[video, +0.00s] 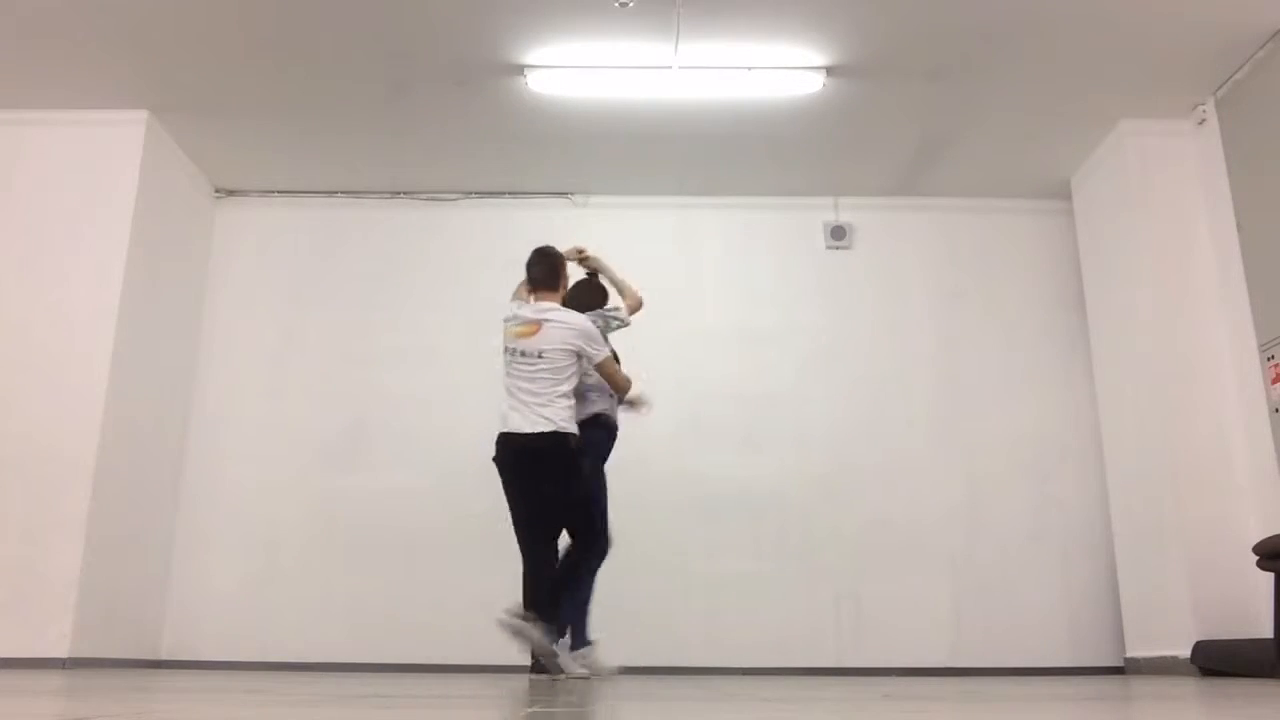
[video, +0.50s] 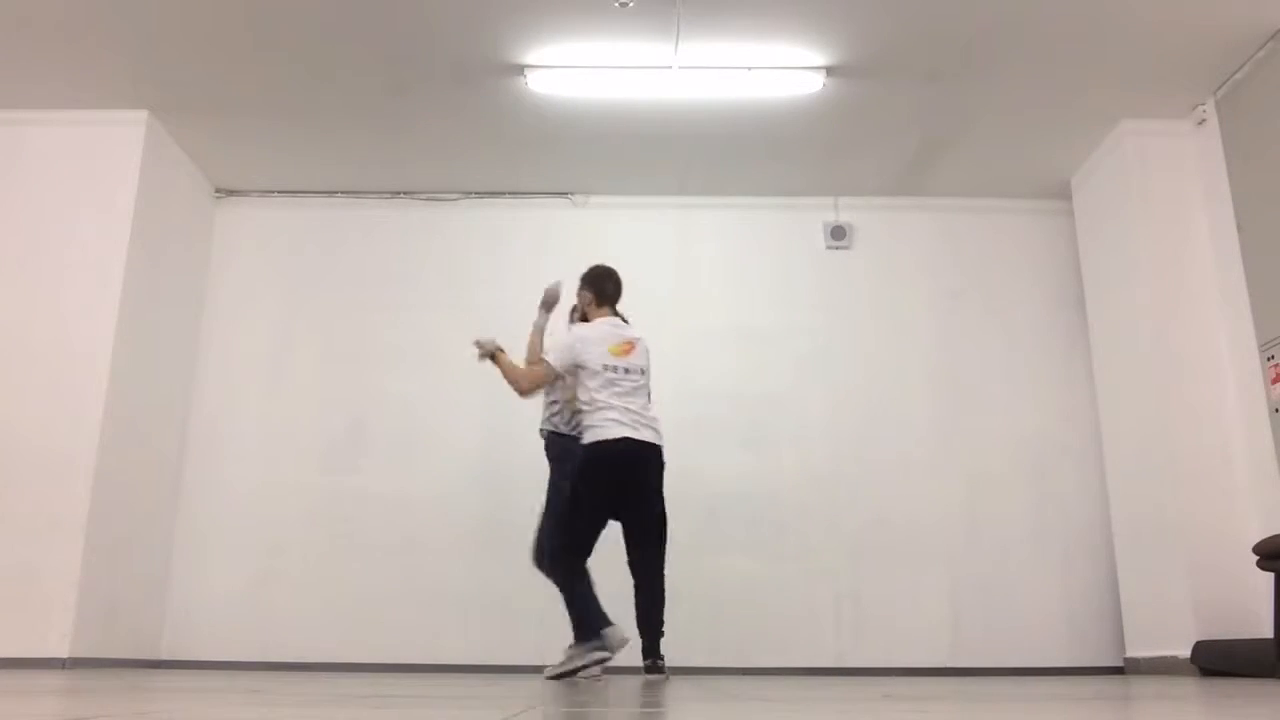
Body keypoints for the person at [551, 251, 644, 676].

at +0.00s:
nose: (613, 306)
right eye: (607, 299)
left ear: (568, 301)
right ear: (600, 304)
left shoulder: (556, 323)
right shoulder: (596, 323)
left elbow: (524, 291)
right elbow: (634, 301)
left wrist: (555, 268)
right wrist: (600, 266)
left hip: (565, 426)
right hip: (596, 424)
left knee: (581, 537)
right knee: (593, 537)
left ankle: (578, 640)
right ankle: (551, 622)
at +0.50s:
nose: (577, 302)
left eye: (579, 296)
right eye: (578, 297)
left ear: (586, 298)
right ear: (616, 300)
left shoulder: (580, 337)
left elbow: (526, 382)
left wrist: (496, 355)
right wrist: (542, 319)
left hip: (599, 454)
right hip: (647, 455)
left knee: (559, 552)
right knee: (649, 560)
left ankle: (594, 636)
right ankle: (653, 654)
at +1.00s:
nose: (576, 327)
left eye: (577, 321)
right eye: (567, 320)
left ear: (576, 328)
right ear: (548, 324)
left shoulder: (580, 356)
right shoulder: (526, 358)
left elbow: (601, 316)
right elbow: (549, 372)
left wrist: (603, 264)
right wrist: (600, 365)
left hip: (565, 471)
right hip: (525, 469)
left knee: (572, 558)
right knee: (528, 556)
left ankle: (544, 649)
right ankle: (493, 645)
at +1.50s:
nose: (592, 323)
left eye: (592, 316)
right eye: (587, 317)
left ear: (563, 320)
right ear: (571, 319)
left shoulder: (557, 358)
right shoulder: (581, 351)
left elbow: (590, 396)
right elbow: (630, 357)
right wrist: (669, 323)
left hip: (545, 469)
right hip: (558, 470)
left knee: (560, 556)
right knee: (595, 544)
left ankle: (538, 651)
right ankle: (557, 637)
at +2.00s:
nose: (574, 305)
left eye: (582, 299)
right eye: (567, 299)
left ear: (592, 305)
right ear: (555, 303)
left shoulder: (603, 351)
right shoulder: (546, 338)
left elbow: (610, 407)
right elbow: (536, 280)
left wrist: (600, 392)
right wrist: (567, 241)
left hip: (585, 457)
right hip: (543, 453)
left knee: (607, 532)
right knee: (568, 544)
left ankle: (586, 607)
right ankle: (570, 648)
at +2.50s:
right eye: (586, 293)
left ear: (543, 294)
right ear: (586, 296)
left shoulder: (522, 330)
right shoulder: (597, 335)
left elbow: (488, 386)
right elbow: (634, 309)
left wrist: (534, 394)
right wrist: (629, 252)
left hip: (513, 442)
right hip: (561, 446)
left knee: (511, 547)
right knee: (580, 553)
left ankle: (510, 653)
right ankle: (561, 645)